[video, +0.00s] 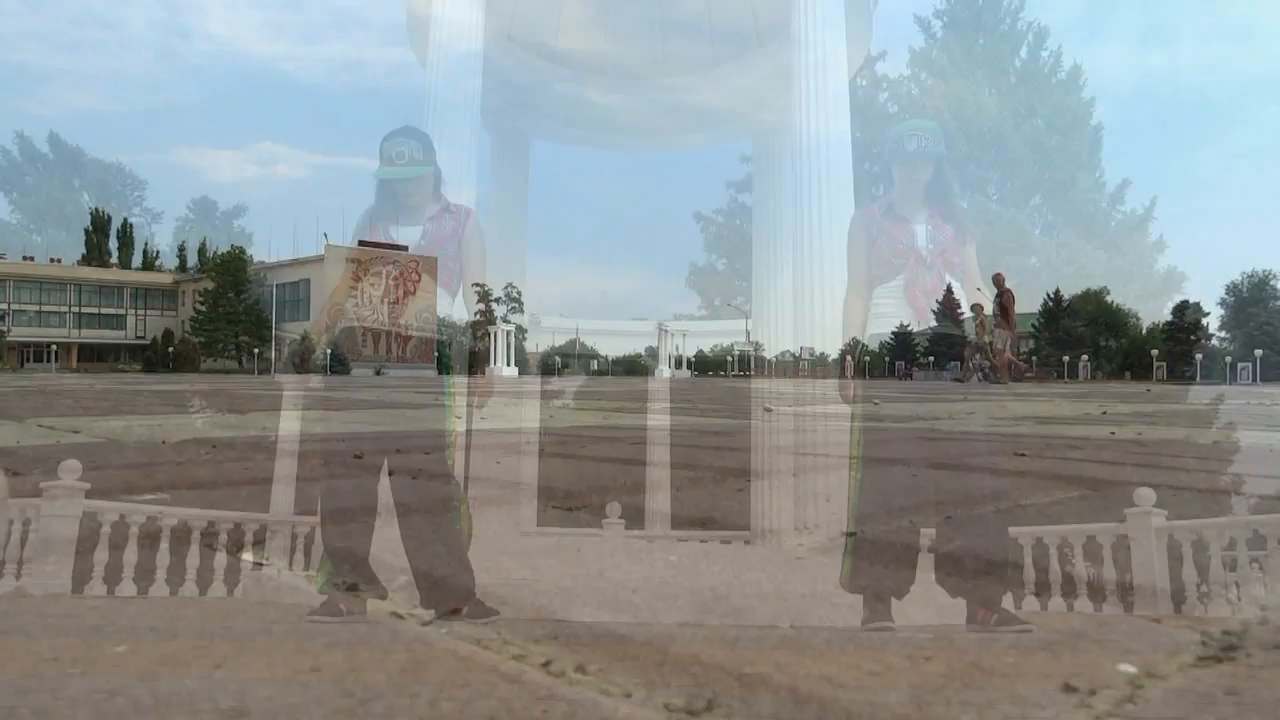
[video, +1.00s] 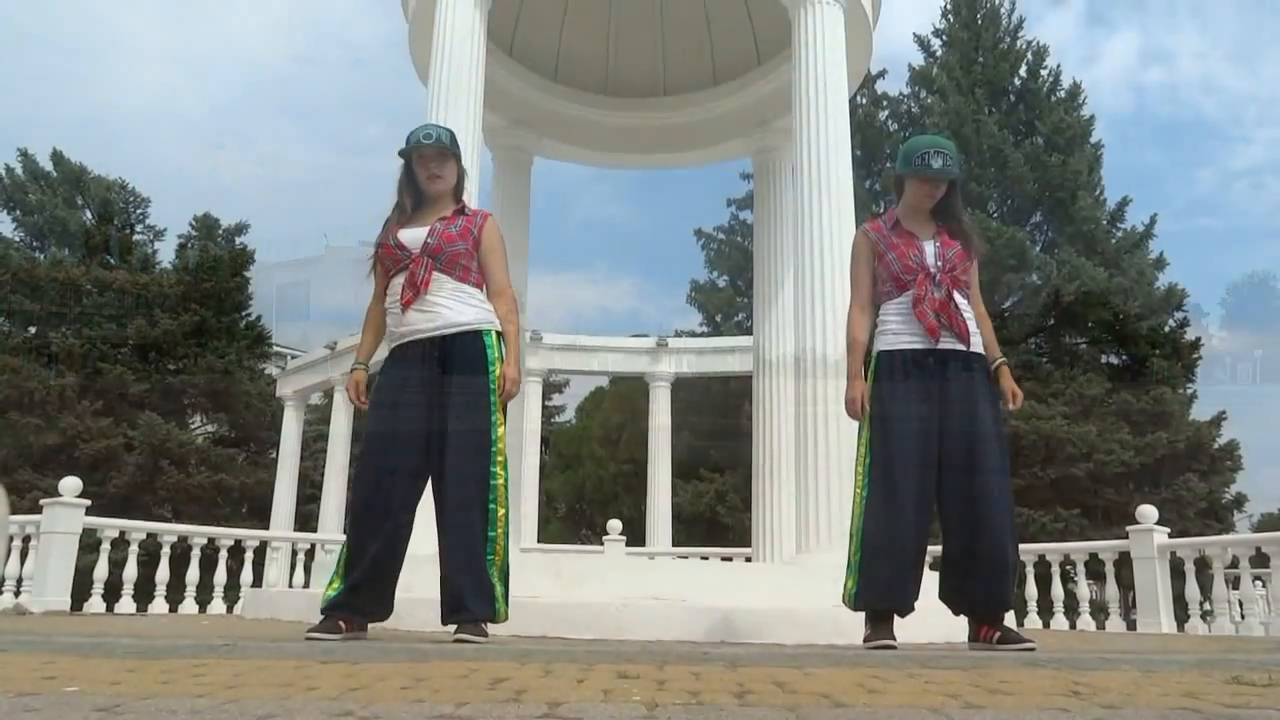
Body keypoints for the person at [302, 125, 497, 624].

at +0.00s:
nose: (403, 177)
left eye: (413, 166)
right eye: (394, 167)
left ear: (433, 167)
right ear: (382, 170)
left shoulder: (459, 223)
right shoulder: (367, 225)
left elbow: (478, 294)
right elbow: (341, 296)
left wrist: (480, 356)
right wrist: (320, 347)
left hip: (421, 368)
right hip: (353, 367)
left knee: (426, 475)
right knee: (347, 473)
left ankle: (449, 593)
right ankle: (349, 585)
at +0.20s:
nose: (388, 184)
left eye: (398, 173)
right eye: (378, 173)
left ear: (415, 170)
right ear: (365, 171)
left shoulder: (440, 220)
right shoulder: (349, 218)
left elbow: (457, 288)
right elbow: (329, 286)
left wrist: (467, 351)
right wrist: (299, 340)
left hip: (412, 361)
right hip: (348, 361)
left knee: (413, 472)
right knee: (336, 470)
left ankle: (453, 586)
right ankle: (343, 593)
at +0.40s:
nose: (388, 182)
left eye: (397, 172)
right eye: (378, 172)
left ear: (412, 171)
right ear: (363, 172)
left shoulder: (436, 219)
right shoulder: (347, 221)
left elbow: (455, 290)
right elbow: (329, 290)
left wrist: (466, 357)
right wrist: (302, 348)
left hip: (420, 359)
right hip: (355, 359)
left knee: (429, 475)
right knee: (347, 475)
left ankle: (465, 596)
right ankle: (345, 599)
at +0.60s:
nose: (398, 177)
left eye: (408, 167)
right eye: (389, 168)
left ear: (424, 169)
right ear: (375, 171)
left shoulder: (446, 220)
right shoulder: (361, 224)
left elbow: (467, 292)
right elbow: (342, 295)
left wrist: (480, 360)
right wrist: (317, 356)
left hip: (434, 360)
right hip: (369, 361)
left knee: (443, 482)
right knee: (355, 479)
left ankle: (469, 606)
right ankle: (347, 603)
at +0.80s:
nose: (419, 168)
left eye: (428, 159)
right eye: (409, 160)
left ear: (442, 165)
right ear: (394, 166)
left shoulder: (462, 220)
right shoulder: (375, 229)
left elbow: (486, 292)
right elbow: (360, 301)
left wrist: (498, 359)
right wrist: (335, 359)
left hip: (452, 358)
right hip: (388, 360)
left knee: (453, 482)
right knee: (372, 480)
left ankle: (469, 611)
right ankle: (350, 607)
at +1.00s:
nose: (432, 165)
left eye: (441, 157)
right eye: (423, 159)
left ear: (458, 165)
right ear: (410, 167)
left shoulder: (479, 222)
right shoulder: (394, 231)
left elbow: (502, 294)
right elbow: (379, 304)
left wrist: (513, 357)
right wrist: (360, 362)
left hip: (468, 354)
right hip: (406, 357)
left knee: (465, 480)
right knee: (379, 476)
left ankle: (471, 615)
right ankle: (353, 609)